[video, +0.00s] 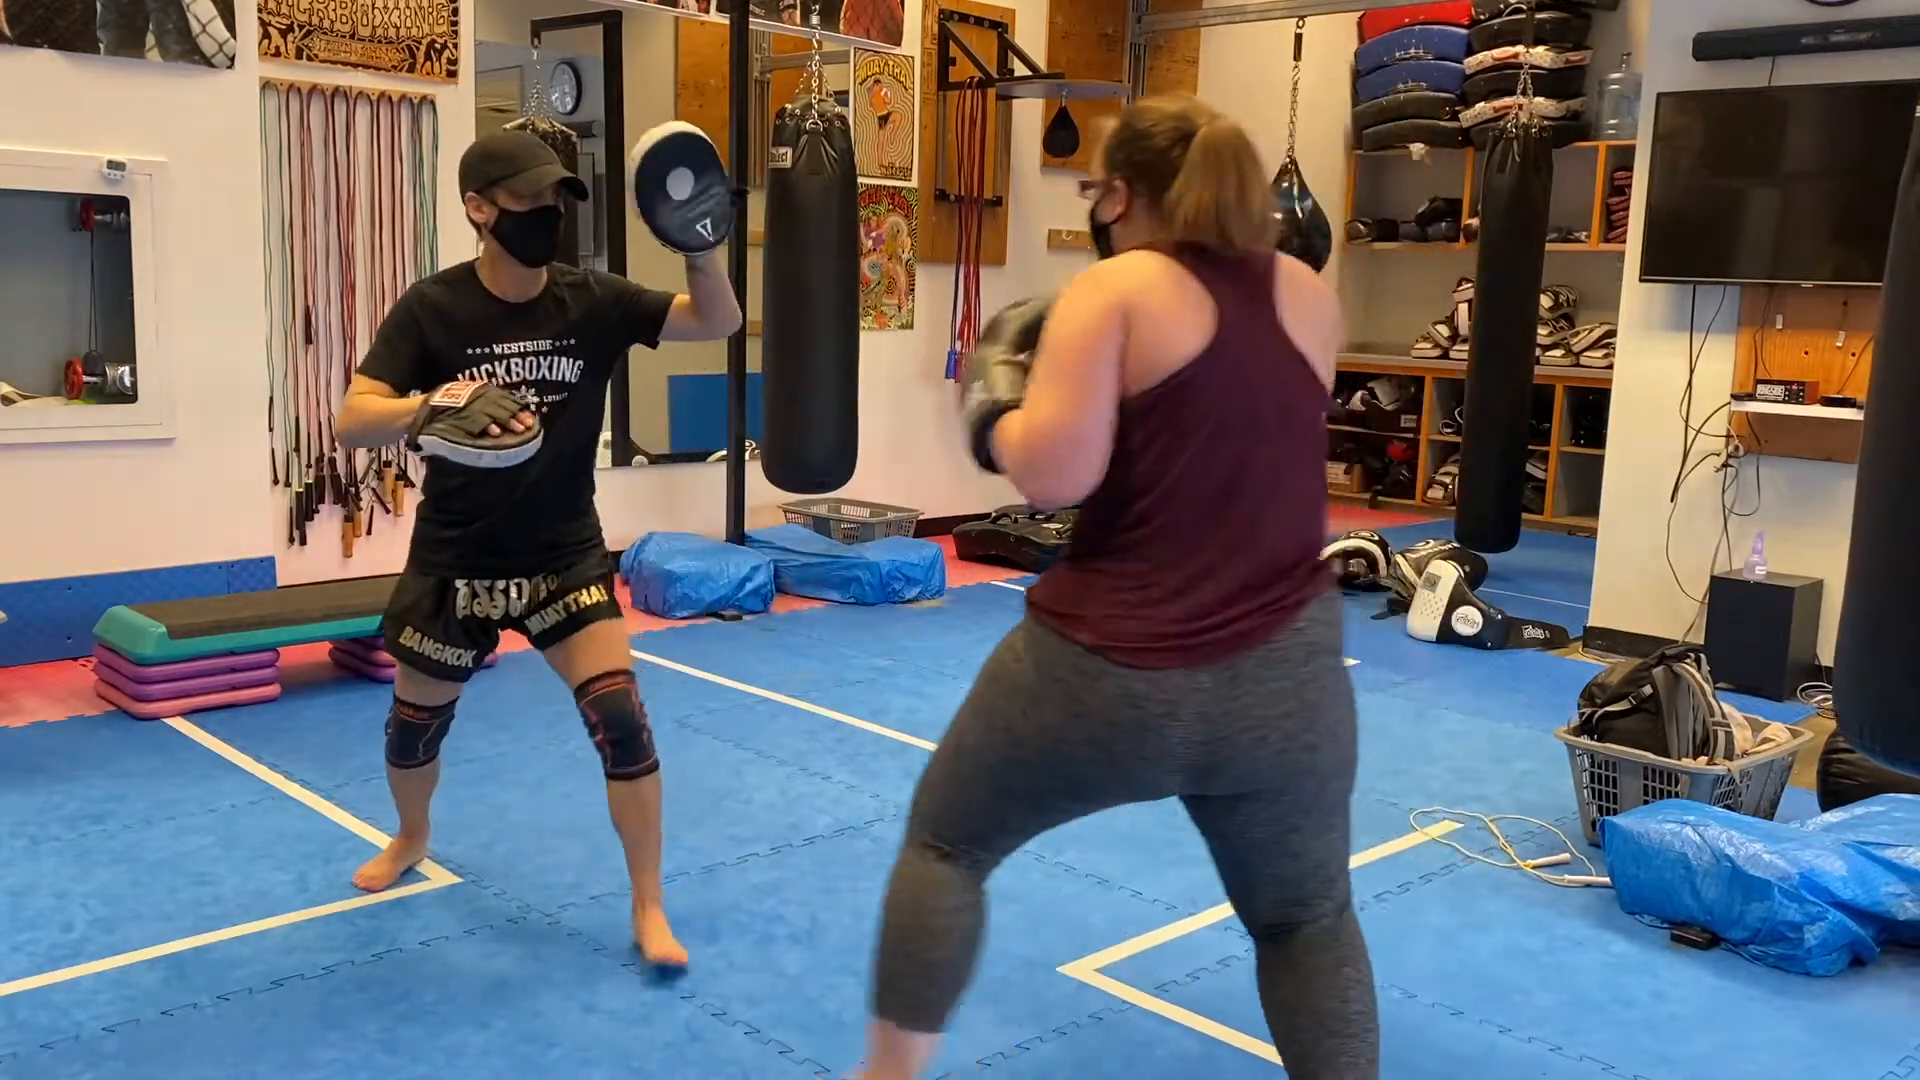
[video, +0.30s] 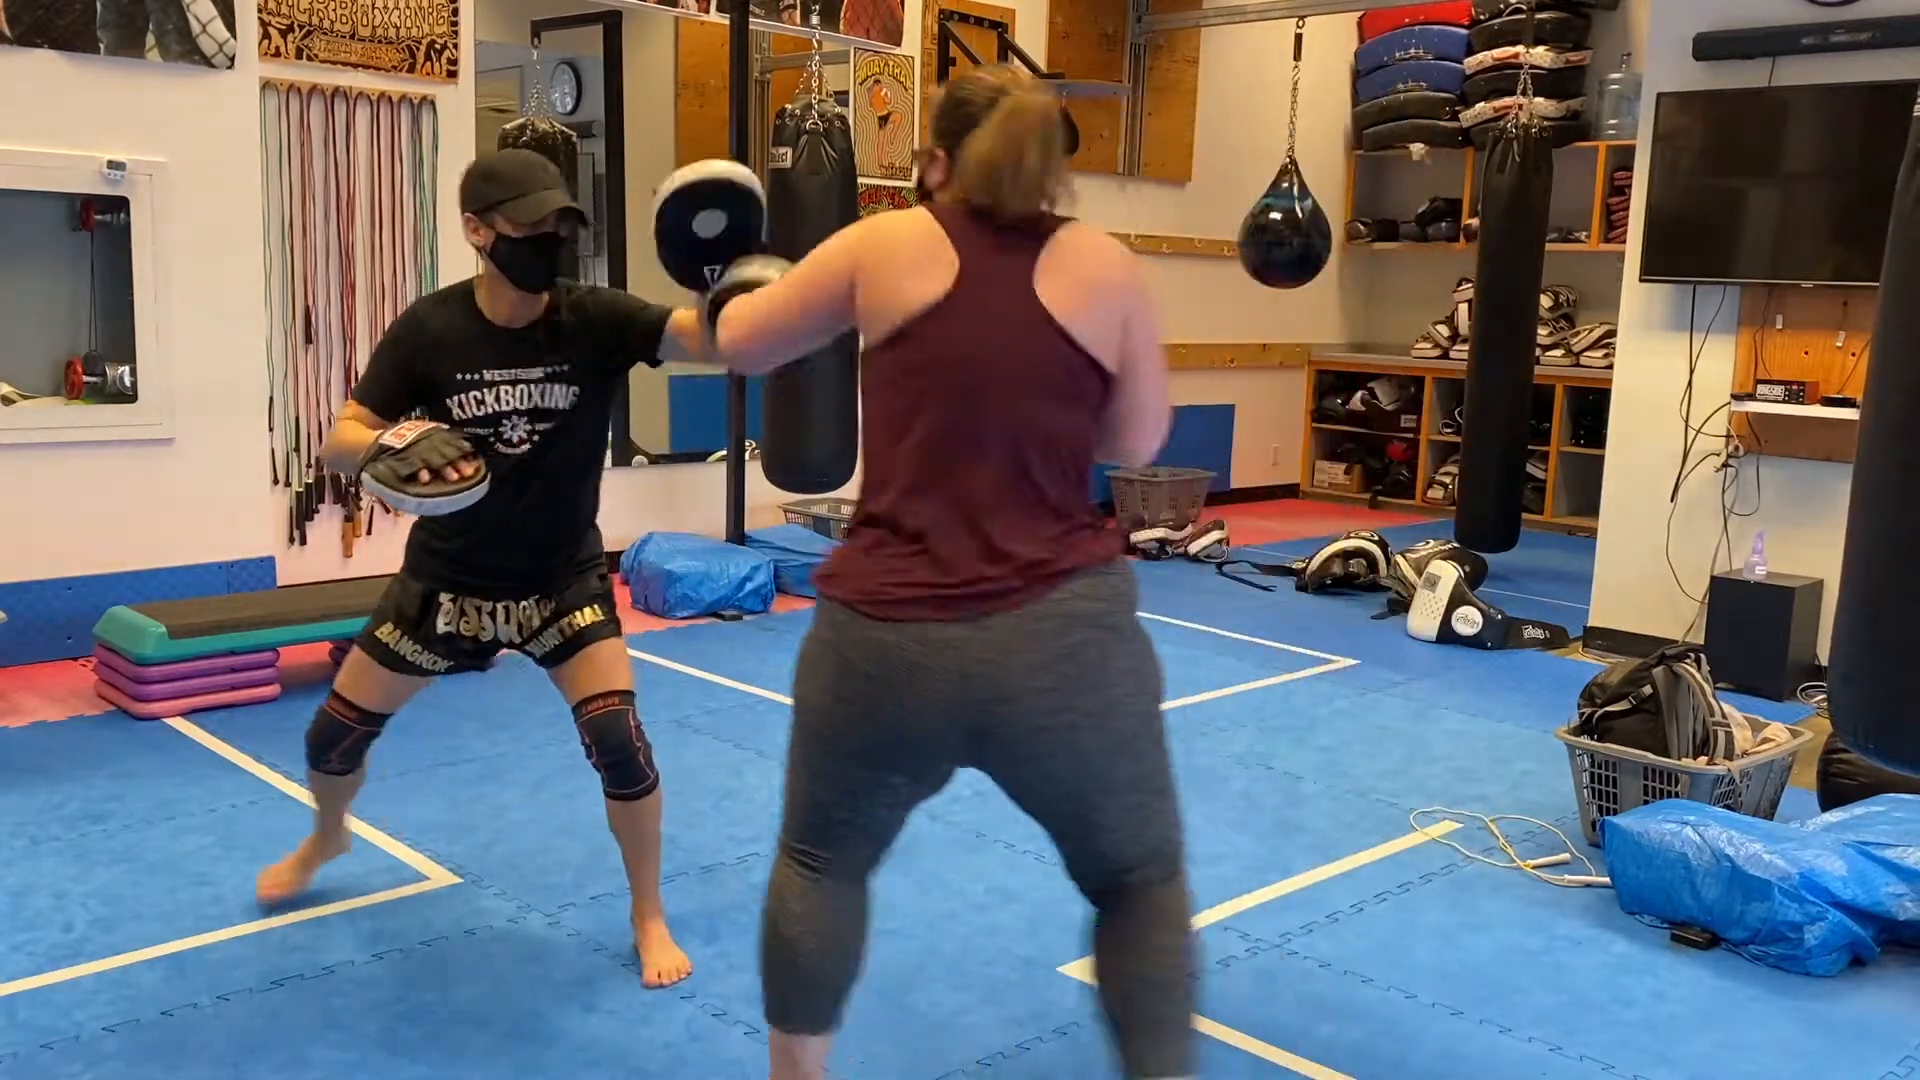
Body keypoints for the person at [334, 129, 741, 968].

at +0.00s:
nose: (552, 217)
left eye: (559, 201)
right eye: (531, 203)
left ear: (570, 200)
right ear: (480, 206)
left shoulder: (594, 303)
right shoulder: (431, 309)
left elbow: (717, 319)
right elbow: (353, 419)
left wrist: (698, 232)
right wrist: (430, 408)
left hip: (563, 549)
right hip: (451, 556)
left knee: (621, 719)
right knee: (413, 725)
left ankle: (650, 906)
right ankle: (410, 840)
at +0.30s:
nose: (550, 246)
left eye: (558, 229)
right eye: (529, 231)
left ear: (570, 225)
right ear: (479, 228)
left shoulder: (599, 321)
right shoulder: (428, 329)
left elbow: (717, 338)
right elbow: (339, 439)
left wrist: (744, 278)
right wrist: (387, 446)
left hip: (563, 576)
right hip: (445, 576)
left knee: (620, 746)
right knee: (333, 740)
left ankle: (650, 915)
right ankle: (329, 835)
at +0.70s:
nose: (449, 259)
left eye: (460, 241)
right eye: (429, 246)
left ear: (473, 235)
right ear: (381, 243)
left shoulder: (501, 333)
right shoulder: (336, 334)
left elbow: (608, 394)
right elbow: (273, 454)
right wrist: (330, 464)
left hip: (486, 560)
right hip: (371, 570)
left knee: (575, 728)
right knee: (285, 742)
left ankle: (639, 883)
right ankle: (266, 872)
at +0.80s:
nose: (471, 278)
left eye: (482, 261)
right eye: (451, 264)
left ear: (499, 261)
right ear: (410, 264)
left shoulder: (528, 350)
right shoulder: (364, 355)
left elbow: (613, 402)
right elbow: (296, 462)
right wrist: (364, 486)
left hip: (505, 574)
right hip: (385, 585)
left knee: (595, 721)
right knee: (293, 752)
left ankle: (660, 871)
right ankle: (263, 871)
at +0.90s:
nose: (531, 297)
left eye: (541, 279)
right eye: (511, 283)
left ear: (560, 274)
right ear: (481, 284)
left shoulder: (585, 357)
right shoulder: (432, 362)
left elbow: (630, 461)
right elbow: (352, 454)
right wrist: (404, 506)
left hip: (560, 584)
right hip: (441, 586)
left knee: (623, 731)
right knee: (335, 745)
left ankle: (669, 874)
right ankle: (264, 870)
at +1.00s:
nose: (577, 276)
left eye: (592, 257)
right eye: (562, 258)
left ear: (611, 258)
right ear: (532, 259)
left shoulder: (643, 342)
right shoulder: (501, 338)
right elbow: (438, 419)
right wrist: (455, 483)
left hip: (614, 566)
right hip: (514, 558)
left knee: (649, 716)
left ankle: (673, 872)